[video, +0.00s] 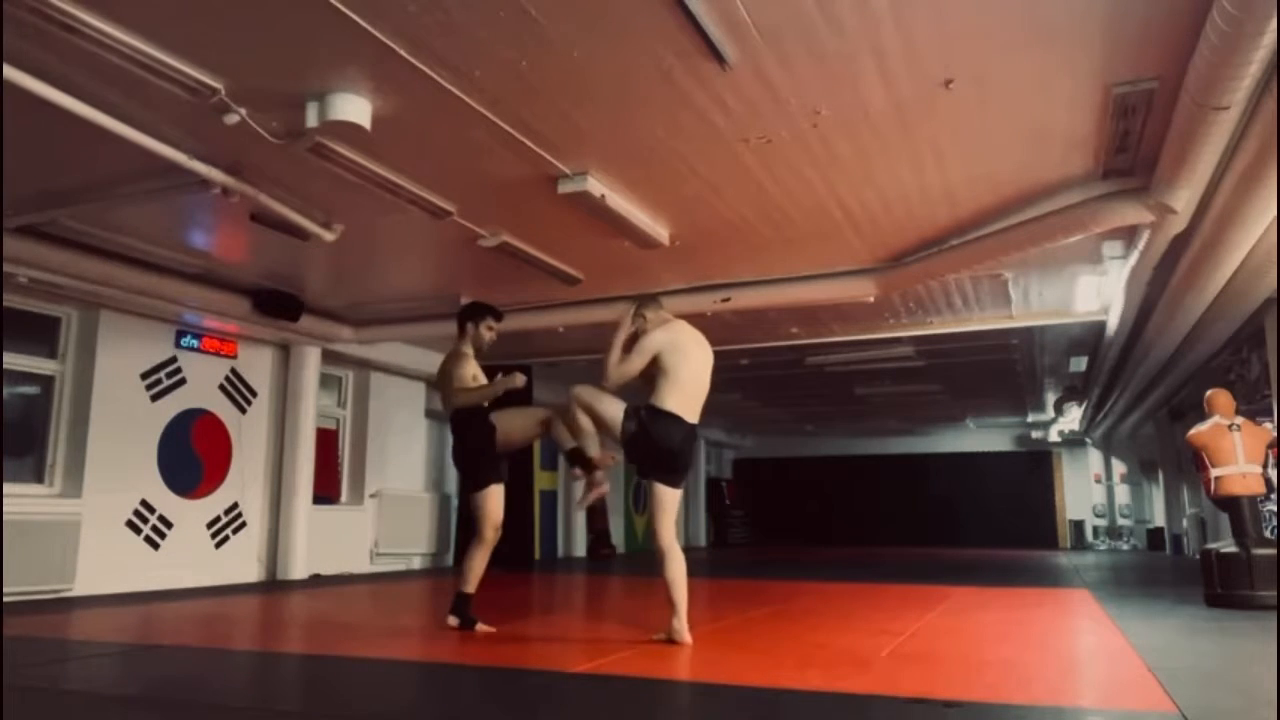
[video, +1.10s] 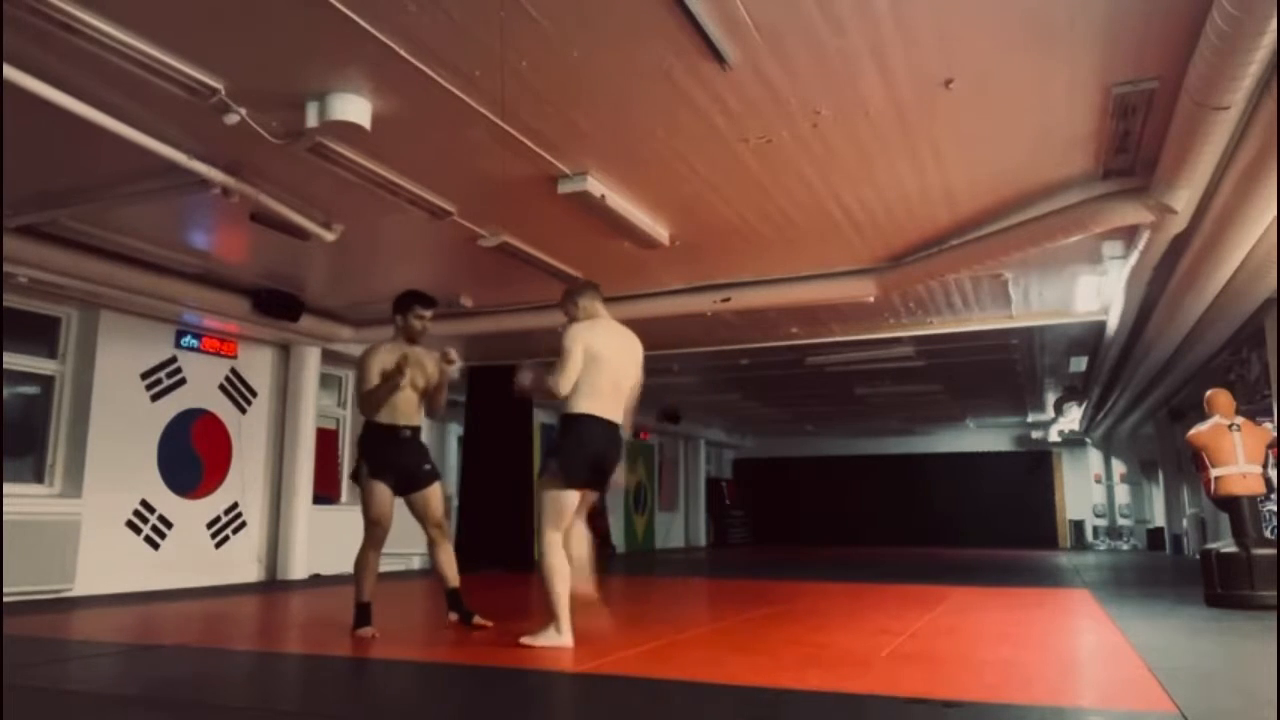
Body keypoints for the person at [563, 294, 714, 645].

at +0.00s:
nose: (639, 332)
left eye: (638, 326)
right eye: (637, 327)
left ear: (648, 315)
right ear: (664, 311)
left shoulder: (660, 335)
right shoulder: (701, 344)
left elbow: (613, 377)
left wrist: (621, 335)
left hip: (650, 430)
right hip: (681, 445)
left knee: (578, 395)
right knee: (667, 538)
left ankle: (595, 468)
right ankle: (680, 623)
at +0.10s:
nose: (632, 335)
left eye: (631, 329)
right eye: (630, 330)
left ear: (641, 317)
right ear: (658, 310)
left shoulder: (654, 335)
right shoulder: (697, 342)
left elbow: (613, 381)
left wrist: (611, 340)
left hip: (650, 433)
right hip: (681, 446)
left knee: (574, 407)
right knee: (668, 538)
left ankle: (596, 482)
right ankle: (680, 625)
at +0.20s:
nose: (630, 331)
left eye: (628, 325)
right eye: (627, 326)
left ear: (638, 312)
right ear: (654, 306)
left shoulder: (650, 334)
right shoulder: (696, 340)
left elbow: (625, 392)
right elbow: (675, 381)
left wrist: (600, 368)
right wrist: (631, 362)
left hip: (651, 433)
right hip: (682, 443)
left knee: (570, 447)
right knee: (671, 536)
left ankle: (592, 536)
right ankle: (681, 625)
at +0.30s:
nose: (628, 331)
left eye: (626, 325)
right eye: (625, 326)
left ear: (635, 312)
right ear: (653, 308)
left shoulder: (646, 335)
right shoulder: (694, 342)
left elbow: (638, 396)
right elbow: (679, 393)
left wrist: (600, 405)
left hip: (646, 434)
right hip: (679, 439)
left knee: (593, 511)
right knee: (673, 535)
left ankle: (583, 604)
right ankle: (682, 624)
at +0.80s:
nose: (605, 324)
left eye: (604, 318)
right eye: (603, 318)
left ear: (615, 308)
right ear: (633, 304)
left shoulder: (620, 335)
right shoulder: (669, 341)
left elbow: (584, 389)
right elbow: (668, 406)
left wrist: (558, 366)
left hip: (619, 439)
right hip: (656, 441)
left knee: (567, 517)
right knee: (670, 535)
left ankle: (574, 613)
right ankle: (684, 622)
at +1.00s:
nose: (583, 322)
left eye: (582, 316)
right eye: (581, 316)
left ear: (592, 308)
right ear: (613, 305)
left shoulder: (595, 334)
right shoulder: (647, 344)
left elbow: (562, 388)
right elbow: (655, 410)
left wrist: (540, 358)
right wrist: (658, 458)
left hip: (588, 437)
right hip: (626, 443)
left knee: (556, 528)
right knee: (622, 534)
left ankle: (561, 627)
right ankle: (663, 619)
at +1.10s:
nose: (568, 321)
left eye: (568, 314)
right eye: (567, 315)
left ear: (580, 306)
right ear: (599, 303)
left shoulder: (579, 331)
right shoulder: (633, 341)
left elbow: (561, 386)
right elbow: (630, 399)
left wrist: (534, 379)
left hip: (579, 429)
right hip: (612, 436)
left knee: (552, 531)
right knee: (576, 516)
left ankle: (561, 628)